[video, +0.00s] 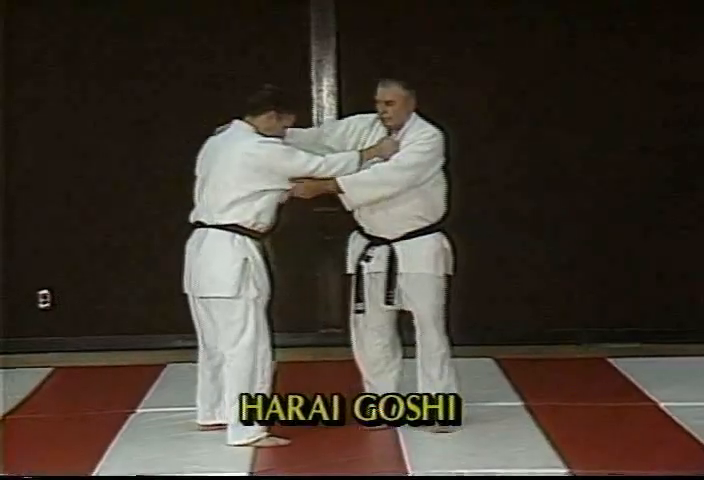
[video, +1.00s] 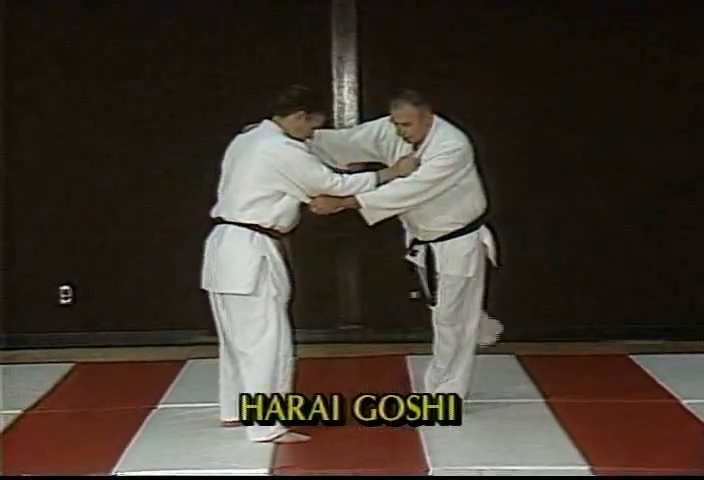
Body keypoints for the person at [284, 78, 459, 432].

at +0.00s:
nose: (383, 111)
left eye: (390, 105)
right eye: (379, 104)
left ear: (411, 104)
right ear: (376, 104)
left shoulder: (427, 138)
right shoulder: (363, 127)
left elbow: (394, 176)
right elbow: (318, 136)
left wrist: (328, 186)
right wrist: (263, 134)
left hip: (418, 245)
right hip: (370, 245)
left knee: (429, 328)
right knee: (371, 329)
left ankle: (439, 406)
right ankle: (382, 404)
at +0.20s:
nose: (391, 114)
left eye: (398, 108)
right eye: (387, 107)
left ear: (420, 104)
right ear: (384, 105)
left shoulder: (439, 139)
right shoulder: (374, 128)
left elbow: (404, 175)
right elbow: (328, 141)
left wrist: (339, 186)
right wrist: (274, 137)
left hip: (432, 248)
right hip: (381, 246)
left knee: (433, 338)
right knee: (380, 336)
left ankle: (431, 419)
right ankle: (393, 414)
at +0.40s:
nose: (396, 121)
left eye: (401, 114)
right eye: (391, 114)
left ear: (422, 107)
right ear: (387, 112)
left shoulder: (446, 140)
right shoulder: (381, 130)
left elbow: (410, 178)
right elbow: (335, 143)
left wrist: (344, 189)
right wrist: (284, 139)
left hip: (445, 245)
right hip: (396, 242)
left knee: (437, 330)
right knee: (389, 328)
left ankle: (431, 411)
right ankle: (394, 408)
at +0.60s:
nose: (398, 130)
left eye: (404, 122)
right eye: (393, 123)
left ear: (424, 114)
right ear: (388, 119)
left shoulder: (450, 143)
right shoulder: (386, 133)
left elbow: (412, 186)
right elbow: (340, 142)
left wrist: (346, 199)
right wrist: (289, 140)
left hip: (453, 243)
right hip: (408, 241)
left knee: (447, 328)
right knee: (403, 325)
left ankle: (440, 406)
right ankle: (403, 401)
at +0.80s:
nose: (400, 131)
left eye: (406, 124)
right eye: (395, 124)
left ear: (426, 116)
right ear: (391, 120)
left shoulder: (451, 146)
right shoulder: (386, 133)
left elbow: (412, 189)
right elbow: (341, 141)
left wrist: (346, 202)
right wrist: (291, 138)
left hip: (457, 243)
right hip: (419, 243)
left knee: (452, 325)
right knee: (429, 323)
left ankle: (447, 398)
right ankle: (436, 390)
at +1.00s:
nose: (402, 132)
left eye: (408, 125)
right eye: (397, 125)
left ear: (428, 117)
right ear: (392, 121)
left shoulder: (451, 146)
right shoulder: (390, 132)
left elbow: (413, 189)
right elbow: (345, 140)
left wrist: (345, 203)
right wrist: (294, 135)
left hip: (458, 242)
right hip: (422, 239)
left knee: (449, 321)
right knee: (440, 300)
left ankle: (443, 394)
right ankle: (485, 329)